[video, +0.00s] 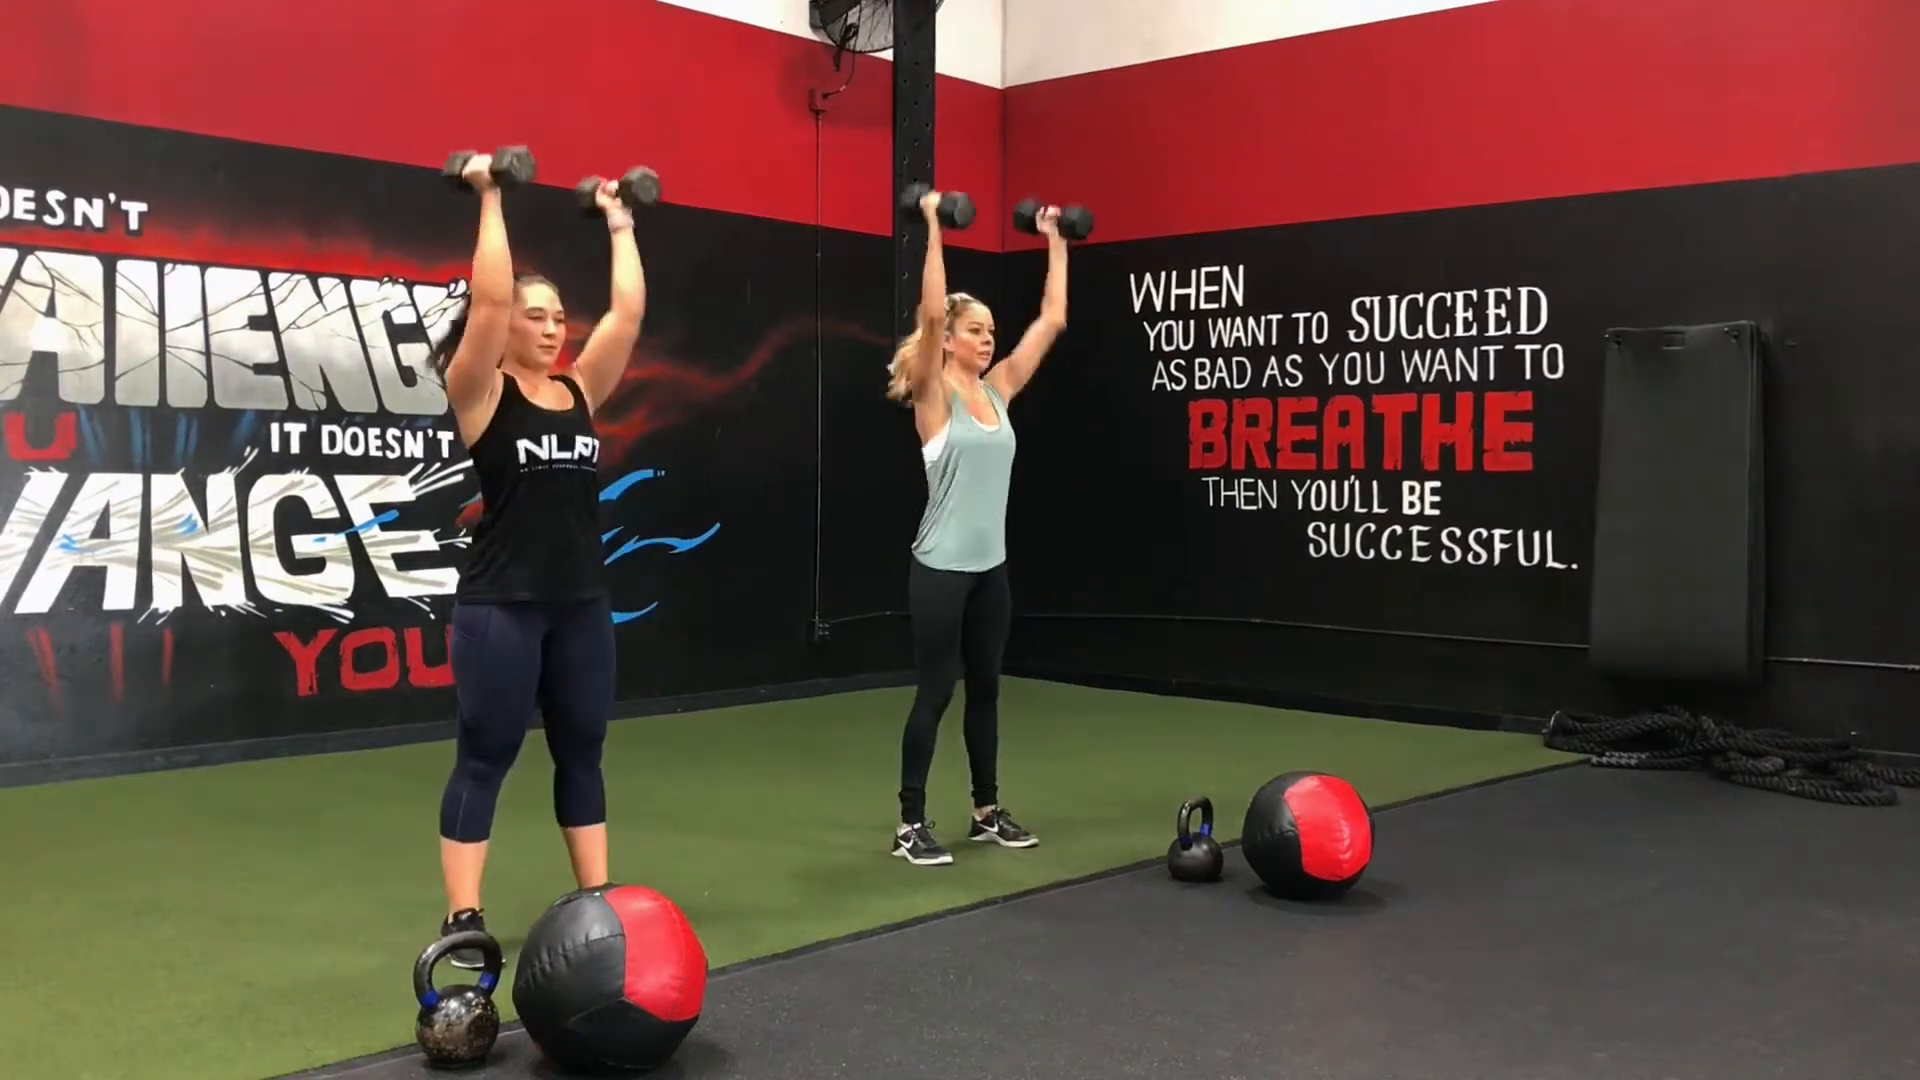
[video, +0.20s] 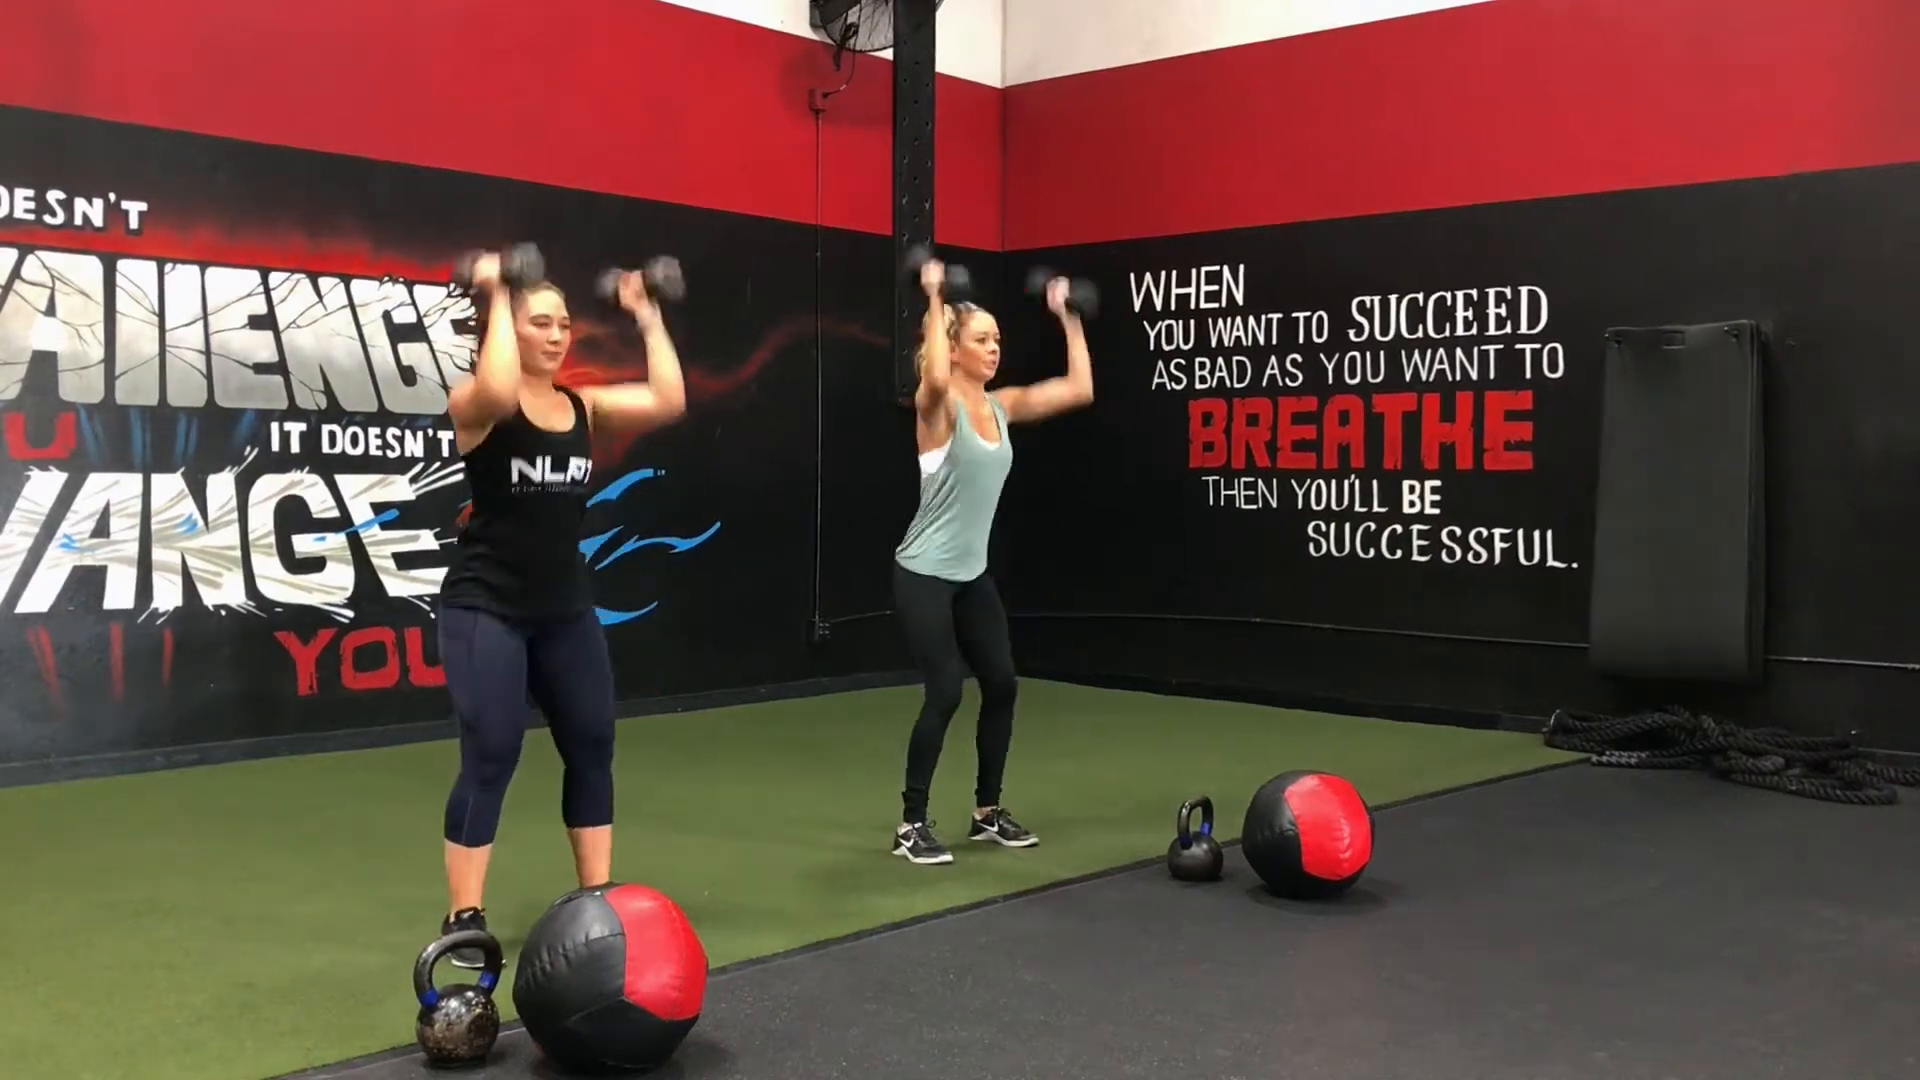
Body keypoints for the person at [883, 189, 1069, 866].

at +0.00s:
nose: (988, 338)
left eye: (991, 330)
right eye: (977, 328)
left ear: (992, 342)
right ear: (946, 337)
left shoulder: (996, 388)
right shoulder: (932, 388)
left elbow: (1052, 319)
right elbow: (934, 312)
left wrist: (1056, 241)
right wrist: (933, 226)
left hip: (990, 569)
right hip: (939, 569)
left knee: (984, 689)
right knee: (937, 689)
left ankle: (988, 813)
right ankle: (911, 825)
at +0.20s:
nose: (994, 348)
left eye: (996, 339)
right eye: (983, 339)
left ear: (996, 349)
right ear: (953, 346)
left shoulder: (1001, 404)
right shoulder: (939, 406)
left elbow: (1079, 388)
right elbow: (935, 373)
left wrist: (1068, 318)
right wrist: (935, 301)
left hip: (972, 575)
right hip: (922, 574)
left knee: (1002, 683)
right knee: (945, 690)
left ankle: (988, 813)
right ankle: (913, 824)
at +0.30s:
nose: (1005, 404)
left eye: (1005, 395)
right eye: (993, 395)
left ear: (1000, 402)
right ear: (963, 402)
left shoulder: (1005, 464)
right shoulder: (941, 457)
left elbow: (1067, 521)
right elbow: (948, 514)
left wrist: (1066, 451)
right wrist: (939, 434)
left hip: (956, 610)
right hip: (905, 609)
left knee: (1022, 697)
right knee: (955, 704)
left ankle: (988, 814)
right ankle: (914, 826)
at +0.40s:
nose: (1014, 484)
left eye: (1015, 474)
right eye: (1002, 474)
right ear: (971, 485)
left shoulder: (1010, 544)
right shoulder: (944, 541)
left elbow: (1046, 625)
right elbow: (950, 624)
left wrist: (1057, 557)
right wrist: (947, 545)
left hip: (949, 666)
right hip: (895, 666)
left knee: (1035, 709)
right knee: (958, 720)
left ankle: (989, 815)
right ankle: (915, 829)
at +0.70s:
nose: (1012, 447)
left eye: (1013, 438)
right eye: (1000, 439)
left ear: (1014, 444)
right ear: (968, 449)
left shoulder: (1012, 510)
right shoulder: (945, 505)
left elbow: (1075, 567)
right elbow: (945, 572)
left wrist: (1061, 501)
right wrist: (943, 491)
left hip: (954, 642)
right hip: (901, 641)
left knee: (1033, 706)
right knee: (953, 716)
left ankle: (990, 815)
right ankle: (913, 829)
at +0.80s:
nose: (1002, 369)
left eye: (1002, 360)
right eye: (994, 360)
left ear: (987, 367)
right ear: (963, 368)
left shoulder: (1003, 426)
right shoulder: (939, 430)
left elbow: (1084, 442)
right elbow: (943, 435)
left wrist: (1068, 377)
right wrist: (940, 357)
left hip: (971, 592)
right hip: (917, 593)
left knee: (1015, 693)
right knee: (949, 700)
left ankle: (988, 814)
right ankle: (913, 827)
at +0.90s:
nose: (994, 341)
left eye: (996, 332)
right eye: (982, 330)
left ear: (995, 341)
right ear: (951, 336)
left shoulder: (1001, 392)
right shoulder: (937, 393)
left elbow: (1066, 334)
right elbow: (942, 325)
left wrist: (1070, 255)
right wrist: (945, 239)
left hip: (987, 571)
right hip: (934, 570)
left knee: (987, 692)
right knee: (931, 694)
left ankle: (987, 814)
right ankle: (912, 826)